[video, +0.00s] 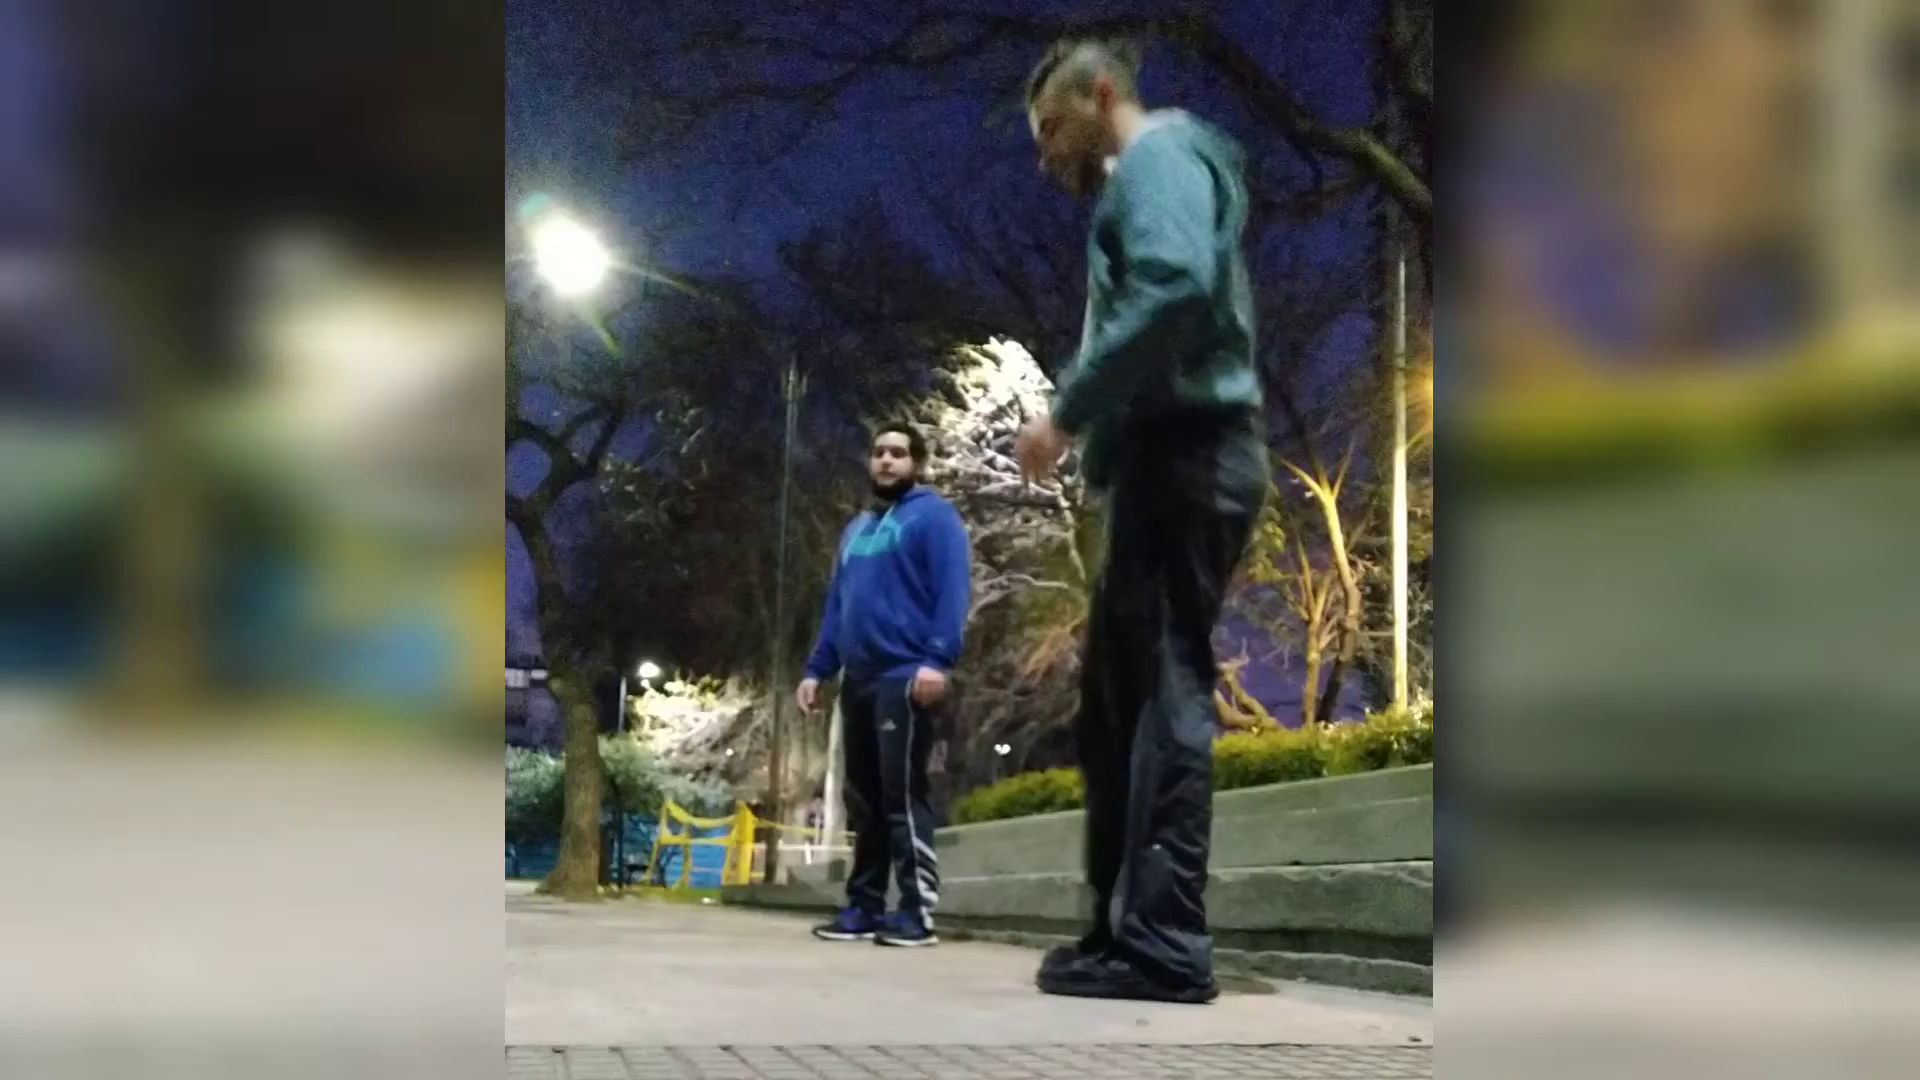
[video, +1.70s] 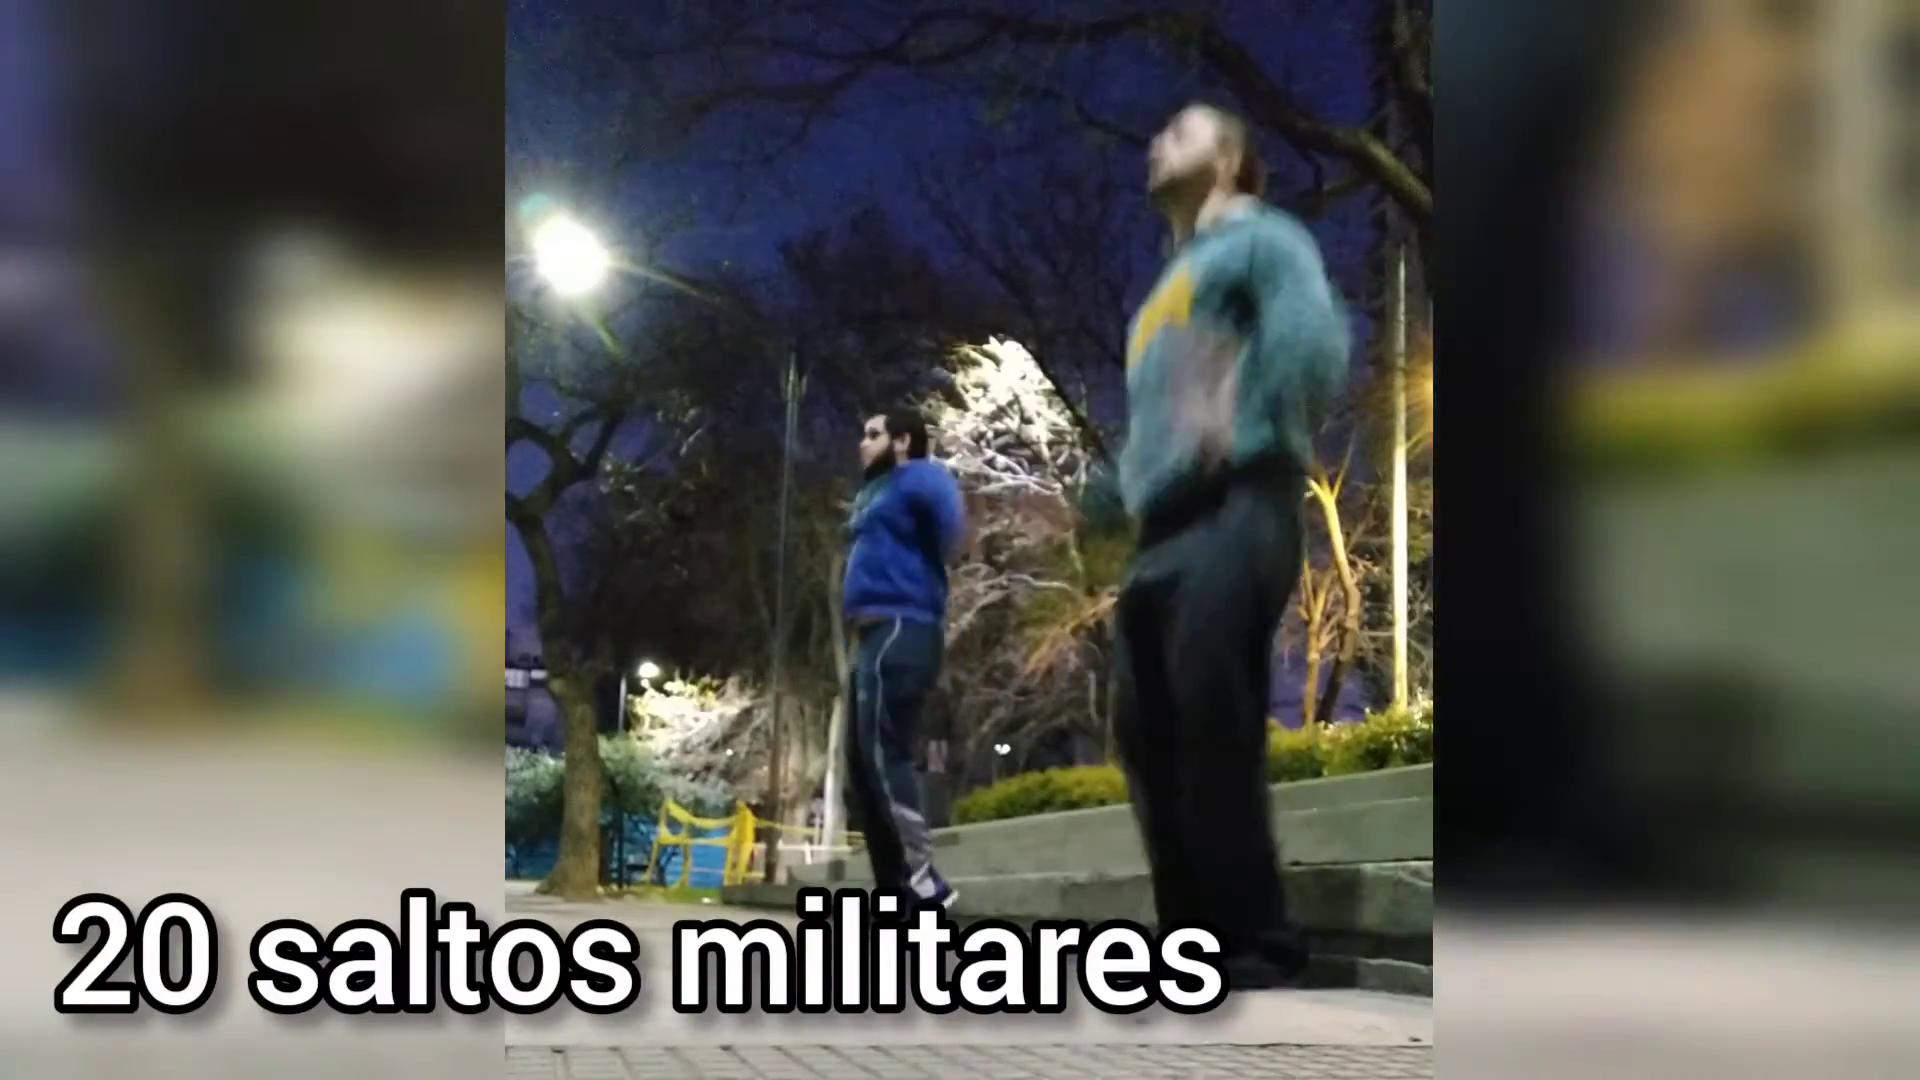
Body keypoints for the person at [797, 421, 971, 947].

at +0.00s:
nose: (886, 461)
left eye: (897, 453)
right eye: (880, 453)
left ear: (916, 463)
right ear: (870, 462)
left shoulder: (933, 516)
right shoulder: (858, 526)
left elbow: (953, 590)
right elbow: (839, 604)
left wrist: (938, 660)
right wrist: (817, 670)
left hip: (906, 669)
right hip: (860, 671)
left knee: (902, 794)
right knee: (866, 797)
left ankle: (915, 913)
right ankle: (865, 908)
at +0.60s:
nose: (853, 461)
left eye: (864, 451)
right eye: (852, 453)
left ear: (894, 460)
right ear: (859, 464)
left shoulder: (912, 503)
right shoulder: (877, 519)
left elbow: (913, 575)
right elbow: (873, 608)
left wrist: (851, 627)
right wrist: (832, 645)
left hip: (917, 669)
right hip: (882, 669)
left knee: (905, 787)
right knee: (873, 788)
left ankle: (914, 913)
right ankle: (881, 907)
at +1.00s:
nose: (838, 484)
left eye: (849, 476)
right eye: (838, 476)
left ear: (878, 485)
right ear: (861, 487)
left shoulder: (898, 525)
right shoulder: (866, 541)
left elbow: (917, 589)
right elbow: (860, 637)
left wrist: (879, 635)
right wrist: (804, 672)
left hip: (905, 687)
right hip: (880, 686)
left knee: (856, 793)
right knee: (848, 794)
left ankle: (889, 897)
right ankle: (878, 896)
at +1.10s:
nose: (852, 451)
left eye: (863, 442)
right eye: (850, 444)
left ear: (890, 451)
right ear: (852, 457)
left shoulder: (913, 496)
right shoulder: (869, 514)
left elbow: (923, 521)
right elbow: (858, 588)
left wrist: (898, 482)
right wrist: (825, 574)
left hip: (902, 665)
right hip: (868, 667)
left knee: (880, 783)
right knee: (858, 787)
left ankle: (896, 879)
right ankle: (874, 889)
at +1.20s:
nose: (860, 434)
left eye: (869, 425)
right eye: (858, 427)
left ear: (896, 433)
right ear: (864, 446)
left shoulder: (916, 480)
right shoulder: (860, 499)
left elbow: (922, 439)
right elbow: (838, 494)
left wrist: (899, 376)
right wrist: (853, 453)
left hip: (899, 628)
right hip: (859, 633)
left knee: (896, 754)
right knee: (859, 761)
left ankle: (913, 880)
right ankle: (873, 879)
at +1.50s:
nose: (860, 469)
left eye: (870, 460)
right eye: (860, 460)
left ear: (897, 464)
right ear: (868, 469)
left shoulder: (918, 506)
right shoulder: (870, 519)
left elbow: (934, 444)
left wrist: (921, 375)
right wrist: (888, 432)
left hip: (901, 653)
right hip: (861, 657)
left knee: (895, 785)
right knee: (859, 793)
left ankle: (937, 901)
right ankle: (882, 893)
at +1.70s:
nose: (863, 444)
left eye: (872, 434)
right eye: (863, 436)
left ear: (902, 441)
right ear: (883, 444)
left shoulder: (922, 476)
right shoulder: (873, 491)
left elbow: (952, 535)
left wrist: (933, 568)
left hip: (904, 624)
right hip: (871, 628)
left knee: (881, 753)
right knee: (861, 763)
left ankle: (922, 882)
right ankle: (895, 885)